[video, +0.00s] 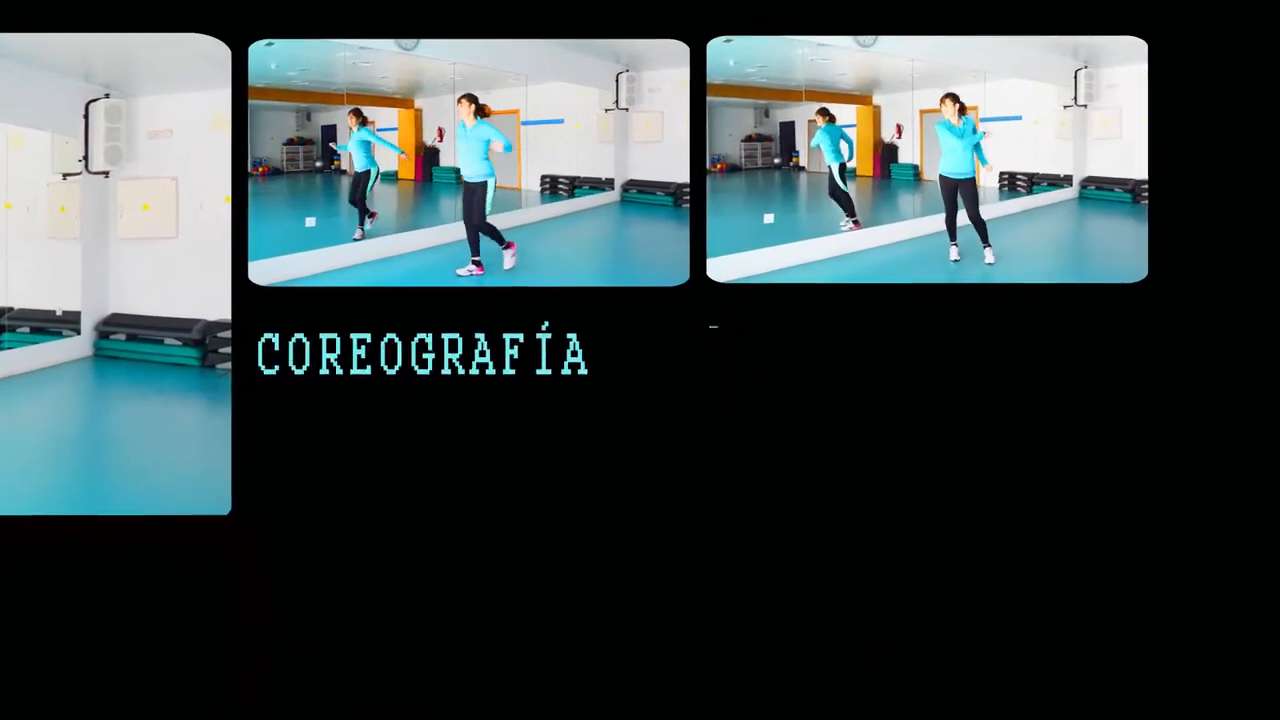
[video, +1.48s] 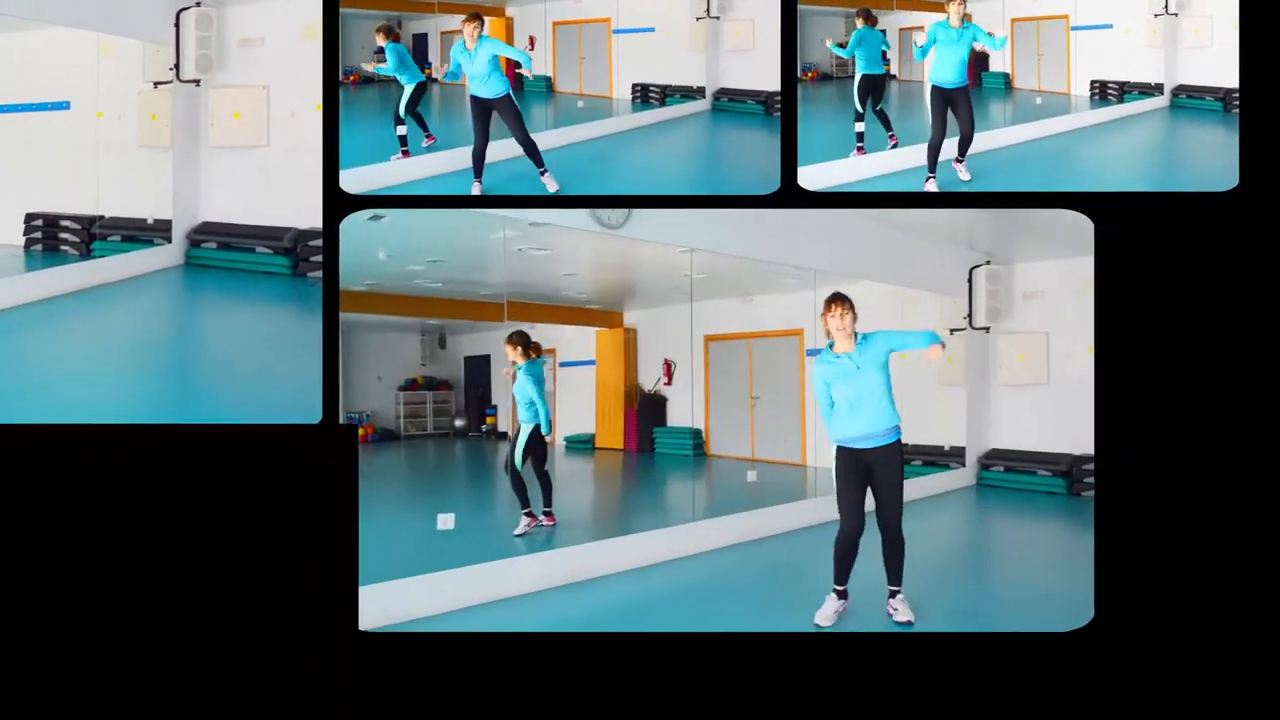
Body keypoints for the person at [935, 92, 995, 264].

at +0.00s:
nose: (943, 108)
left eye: (946, 104)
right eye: (942, 105)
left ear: (956, 106)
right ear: (942, 108)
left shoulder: (969, 122)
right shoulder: (941, 126)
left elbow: (975, 144)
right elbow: (960, 142)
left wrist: (984, 162)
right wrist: (980, 135)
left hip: (967, 176)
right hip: (947, 176)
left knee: (973, 214)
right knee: (950, 213)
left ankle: (987, 247)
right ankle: (953, 245)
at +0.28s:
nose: (951, 81)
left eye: (954, 76)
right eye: (950, 77)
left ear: (965, 77)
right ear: (953, 79)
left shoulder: (983, 94)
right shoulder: (951, 99)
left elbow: (1000, 110)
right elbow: (934, 111)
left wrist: (1011, 129)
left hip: (983, 149)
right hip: (963, 149)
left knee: (992, 184)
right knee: (954, 184)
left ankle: (1002, 221)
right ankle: (954, 226)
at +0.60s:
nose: (949, 54)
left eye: (952, 51)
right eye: (950, 51)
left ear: (963, 53)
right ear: (959, 53)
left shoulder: (976, 74)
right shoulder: (954, 73)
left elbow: (995, 93)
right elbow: (958, 94)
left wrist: (981, 95)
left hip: (976, 125)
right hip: (962, 125)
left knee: (962, 166)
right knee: (961, 167)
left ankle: (990, 196)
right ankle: (971, 209)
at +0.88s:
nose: (974, 37)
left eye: (974, 34)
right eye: (973, 34)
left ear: (956, 34)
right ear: (968, 34)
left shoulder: (944, 51)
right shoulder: (977, 52)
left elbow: (929, 75)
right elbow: (993, 74)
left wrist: (939, 76)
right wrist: (1008, 95)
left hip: (949, 106)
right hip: (971, 107)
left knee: (944, 148)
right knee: (973, 149)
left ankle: (935, 192)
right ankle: (982, 193)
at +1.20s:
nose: (971, 15)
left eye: (972, 12)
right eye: (967, 12)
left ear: (972, 16)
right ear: (956, 16)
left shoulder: (969, 38)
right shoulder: (949, 35)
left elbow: (969, 58)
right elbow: (928, 51)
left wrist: (981, 54)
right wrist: (913, 67)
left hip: (963, 91)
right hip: (950, 90)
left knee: (953, 133)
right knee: (948, 134)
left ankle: (943, 175)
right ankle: (926, 182)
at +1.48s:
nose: (959, 7)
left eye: (962, 4)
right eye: (955, 4)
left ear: (965, 8)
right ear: (948, 7)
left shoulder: (971, 29)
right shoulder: (936, 28)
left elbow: (995, 45)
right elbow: (920, 56)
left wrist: (1004, 36)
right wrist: (917, 46)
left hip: (960, 88)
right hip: (938, 88)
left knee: (968, 132)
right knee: (938, 134)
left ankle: (959, 162)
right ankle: (930, 178)